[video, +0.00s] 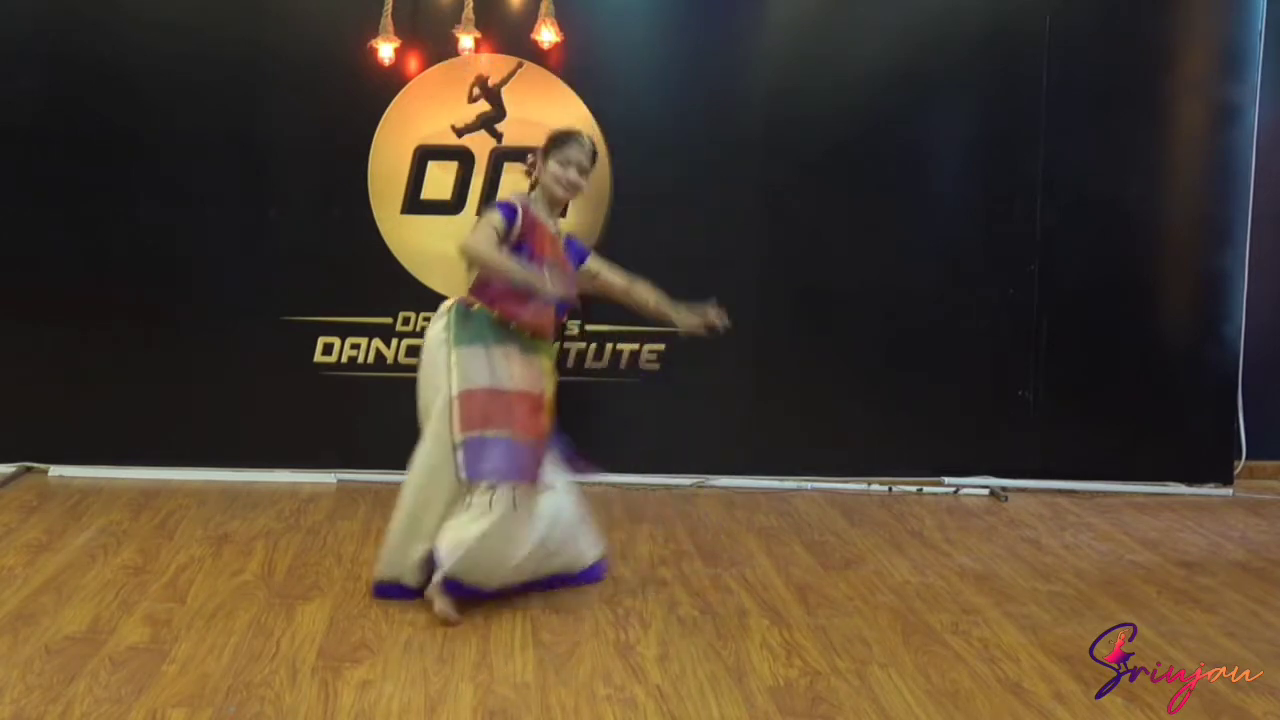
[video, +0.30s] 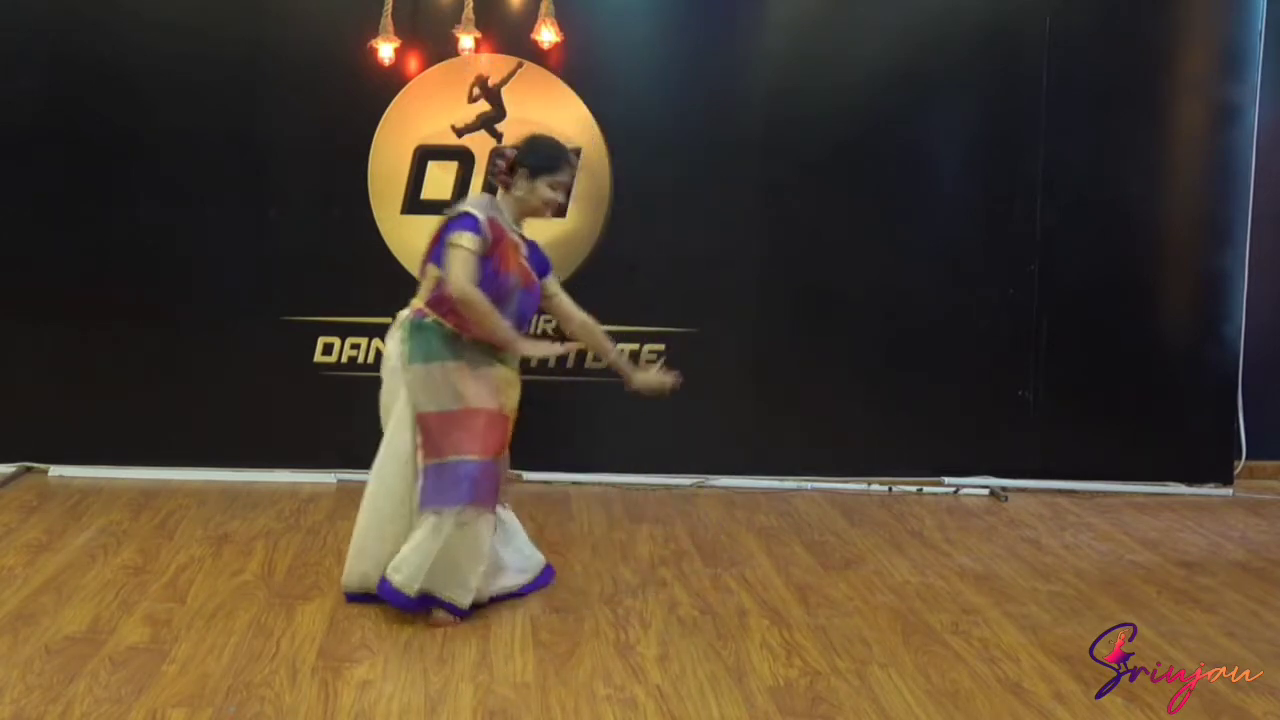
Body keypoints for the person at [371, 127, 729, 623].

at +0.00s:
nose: (573, 177)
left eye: (582, 172)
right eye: (565, 164)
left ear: (587, 183)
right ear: (540, 164)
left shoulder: (566, 249)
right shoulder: (509, 211)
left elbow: (625, 284)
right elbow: (476, 247)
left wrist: (678, 312)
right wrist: (537, 280)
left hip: (522, 354)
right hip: (471, 340)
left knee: (526, 459)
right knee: (493, 458)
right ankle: (444, 569)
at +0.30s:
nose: (561, 202)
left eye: (566, 193)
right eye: (556, 189)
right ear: (520, 177)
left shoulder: (528, 253)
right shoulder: (473, 219)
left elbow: (575, 318)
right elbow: (458, 288)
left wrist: (630, 371)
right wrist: (516, 341)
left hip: (475, 356)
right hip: (429, 344)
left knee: (478, 455)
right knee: (463, 452)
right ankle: (421, 578)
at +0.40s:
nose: (517, 166)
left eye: (524, 157)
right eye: (506, 155)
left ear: (531, 166)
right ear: (478, 156)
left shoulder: (522, 240)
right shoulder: (447, 204)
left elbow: (554, 320)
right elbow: (404, 254)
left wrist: (590, 399)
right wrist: (443, 322)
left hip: (478, 356)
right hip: (420, 345)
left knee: (472, 463)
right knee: (452, 459)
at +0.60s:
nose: (427, 122)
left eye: (439, 112)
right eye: (425, 113)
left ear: (474, 124)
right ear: (424, 124)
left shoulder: (497, 203)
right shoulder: (404, 170)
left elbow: (534, 244)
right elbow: (345, 134)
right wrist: (292, 85)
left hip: (448, 333)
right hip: (382, 324)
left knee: (439, 461)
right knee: (343, 446)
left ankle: (422, 583)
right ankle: (358, 557)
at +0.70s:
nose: (407, 101)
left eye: (421, 94)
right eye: (407, 92)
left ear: (457, 107)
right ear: (404, 102)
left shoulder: (475, 175)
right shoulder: (379, 149)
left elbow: (499, 191)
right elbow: (323, 84)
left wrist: (446, 180)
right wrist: (276, 18)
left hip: (429, 318)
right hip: (358, 309)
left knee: (436, 452)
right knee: (319, 432)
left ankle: (444, 582)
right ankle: (314, 559)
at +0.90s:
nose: (369, 100)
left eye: (383, 93)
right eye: (368, 92)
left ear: (415, 109)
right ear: (363, 105)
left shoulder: (425, 172)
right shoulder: (331, 146)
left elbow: (475, 184)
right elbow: (263, 97)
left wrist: (411, 178)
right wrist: (238, 21)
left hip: (378, 312)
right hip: (308, 302)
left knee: (381, 447)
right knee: (303, 439)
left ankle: (405, 573)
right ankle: (307, 577)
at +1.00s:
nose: (348, 126)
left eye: (363, 118)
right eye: (346, 116)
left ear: (394, 134)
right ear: (341, 127)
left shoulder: (405, 211)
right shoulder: (309, 174)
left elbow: (471, 251)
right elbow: (227, 161)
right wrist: (234, 105)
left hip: (350, 343)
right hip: (281, 332)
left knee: (338, 466)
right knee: (276, 462)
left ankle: (322, 591)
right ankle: (273, 600)